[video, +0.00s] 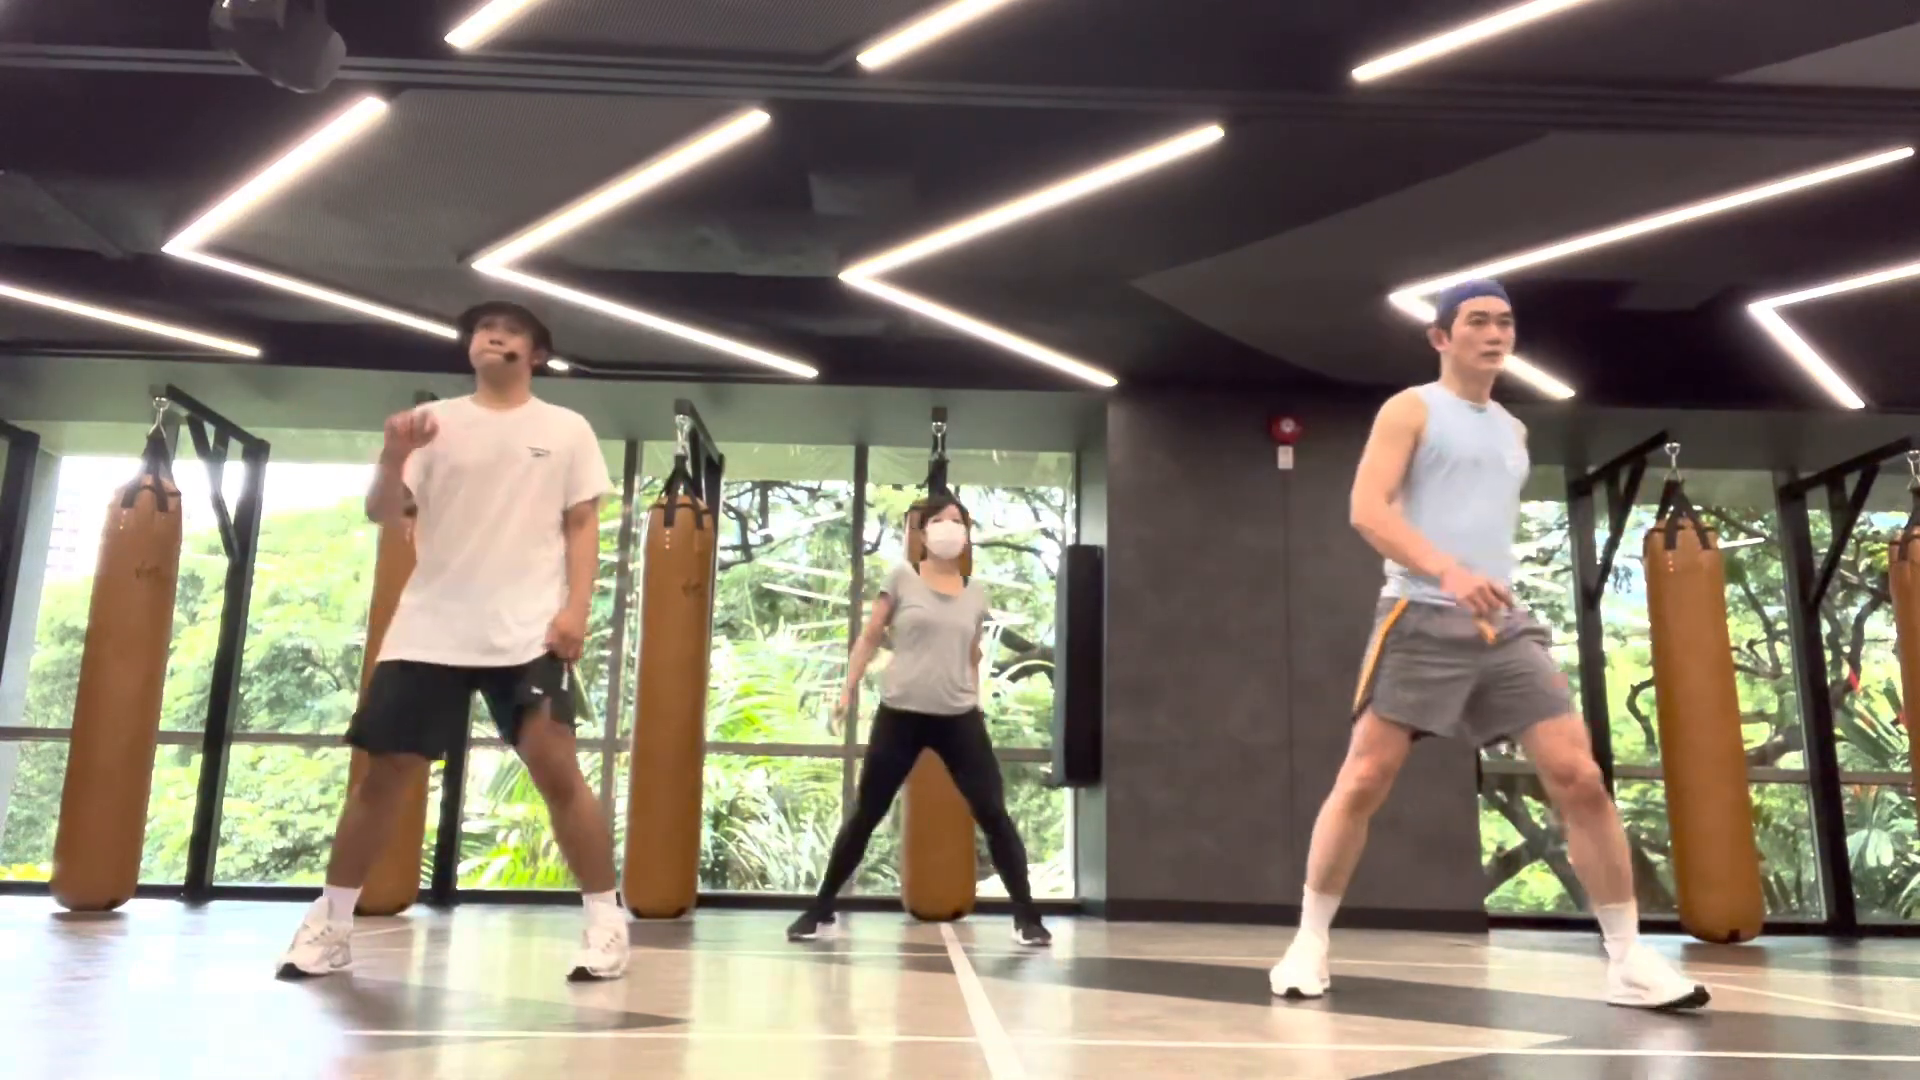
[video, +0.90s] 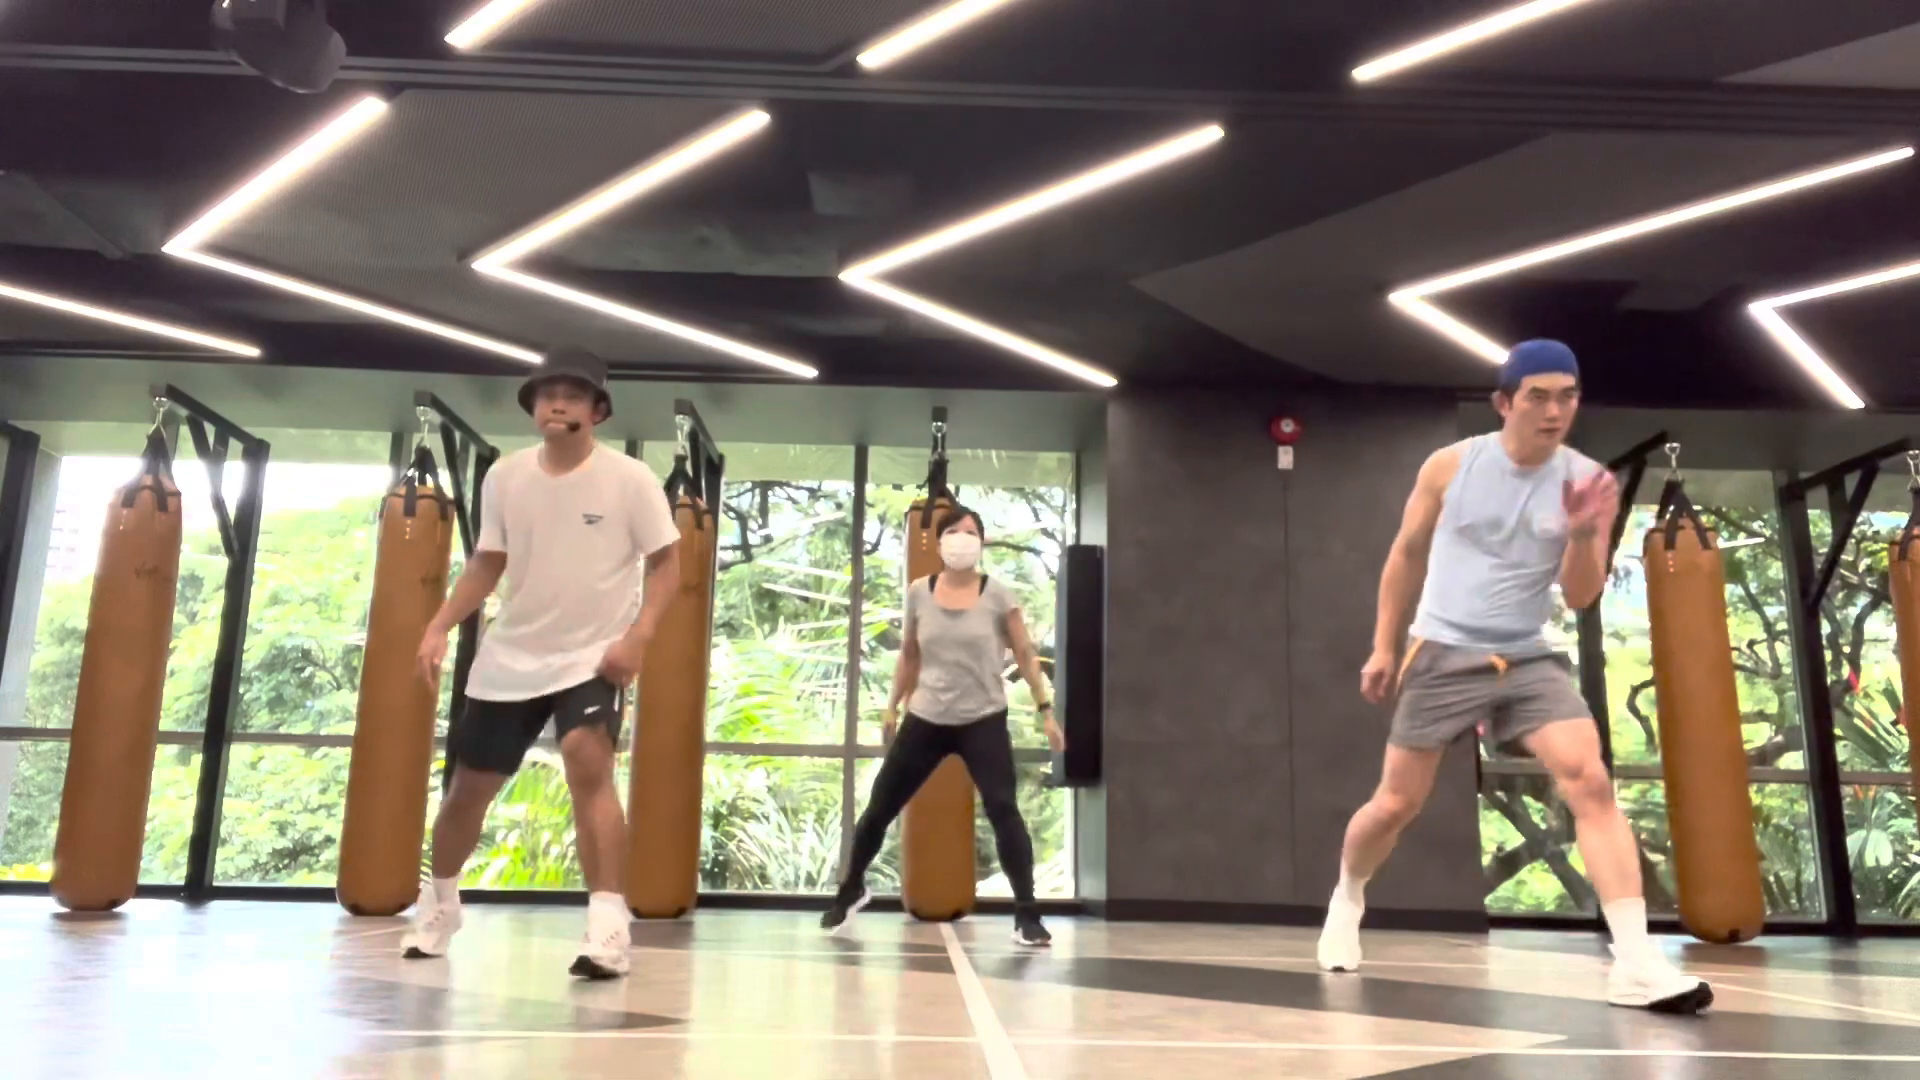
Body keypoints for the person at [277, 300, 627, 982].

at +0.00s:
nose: (496, 338)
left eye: (513, 331)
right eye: (485, 329)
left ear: (537, 354)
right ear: (467, 349)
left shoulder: (566, 430)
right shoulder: (431, 421)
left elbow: (582, 526)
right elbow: (382, 511)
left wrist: (576, 608)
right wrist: (395, 453)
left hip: (524, 630)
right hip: (429, 628)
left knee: (553, 765)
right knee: (381, 773)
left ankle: (606, 922)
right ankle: (330, 924)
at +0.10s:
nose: (527, 345)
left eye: (541, 336)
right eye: (515, 337)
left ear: (567, 356)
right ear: (497, 354)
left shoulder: (602, 429)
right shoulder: (466, 428)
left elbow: (619, 522)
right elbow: (431, 518)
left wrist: (616, 602)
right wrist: (407, 506)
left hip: (566, 629)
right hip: (471, 629)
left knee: (583, 761)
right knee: (405, 769)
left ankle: (609, 929)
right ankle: (339, 920)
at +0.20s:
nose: (548, 339)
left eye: (563, 330)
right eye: (536, 330)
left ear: (586, 348)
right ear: (519, 348)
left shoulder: (625, 421)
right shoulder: (490, 424)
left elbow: (660, 505)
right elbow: (469, 515)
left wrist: (658, 580)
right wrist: (431, 562)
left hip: (596, 618)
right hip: (503, 616)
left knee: (598, 751)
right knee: (438, 753)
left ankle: (609, 925)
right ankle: (390, 898)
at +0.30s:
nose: (563, 333)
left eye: (577, 323)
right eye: (551, 323)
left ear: (599, 339)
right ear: (534, 340)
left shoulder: (639, 413)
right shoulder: (503, 422)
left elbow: (680, 496)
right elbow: (488, 518)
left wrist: (673, 574)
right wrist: (456, 596)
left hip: (613, 612)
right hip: (520, 609)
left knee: (608, 746)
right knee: (485, 738)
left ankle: (609, 923)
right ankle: (468, 887)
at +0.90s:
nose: (560, 405)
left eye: (574, 395)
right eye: (549, 394)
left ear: (597, 408)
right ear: (533, 407)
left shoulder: (630, 480)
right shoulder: (505, 477)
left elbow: (666, 566)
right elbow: (486, 565)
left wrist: (638, 637)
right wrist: (440, 624)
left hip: (591, 654)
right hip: (510, 655)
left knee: (588, 763)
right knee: (468, 788)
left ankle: (608, 928)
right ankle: (440, 907)